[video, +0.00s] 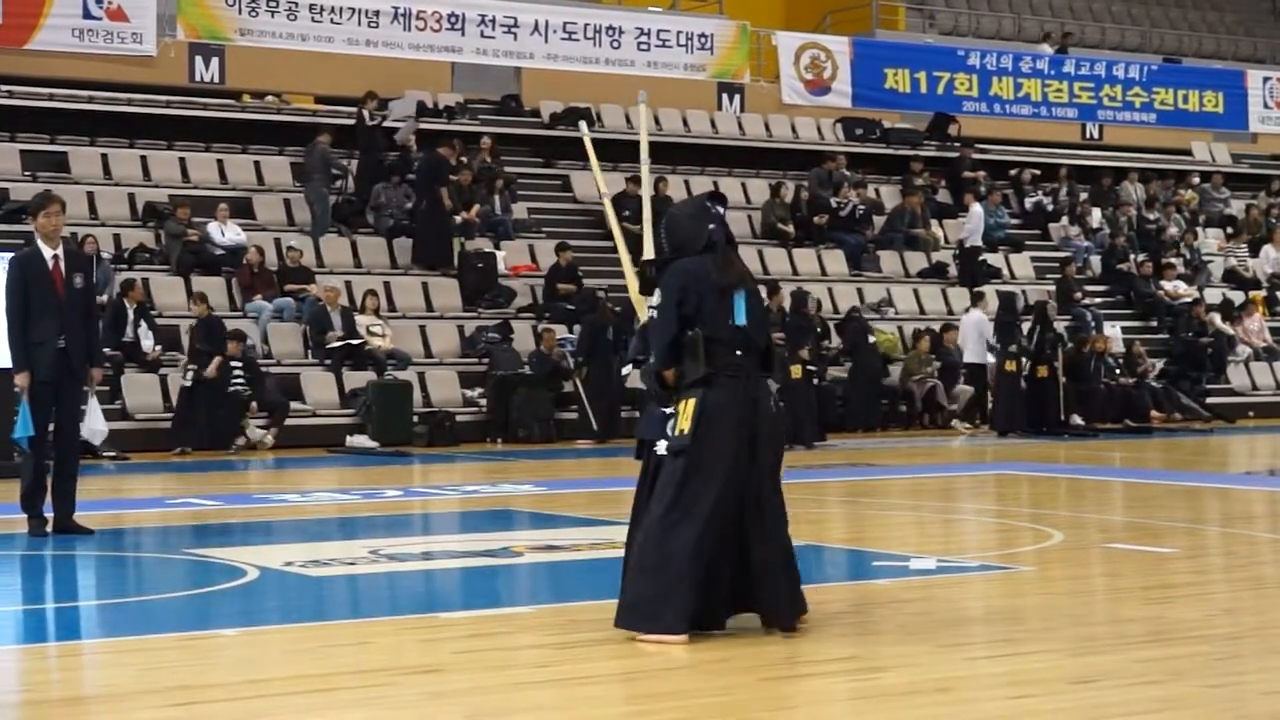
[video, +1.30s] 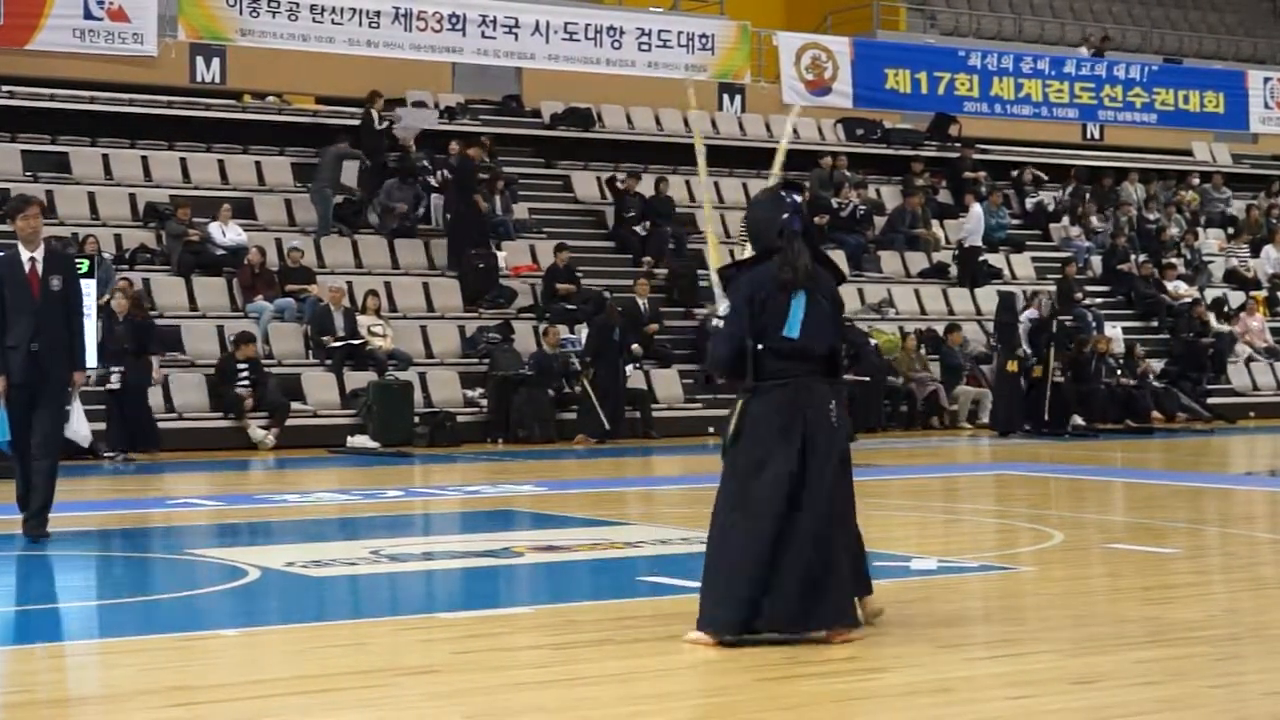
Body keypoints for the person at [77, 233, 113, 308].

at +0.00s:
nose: (91, 246)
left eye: (93, 243)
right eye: (88, 243)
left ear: (97, 245)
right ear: (82, 246)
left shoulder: (103, 263)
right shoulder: (77, 263)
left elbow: (110, 279)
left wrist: (106, 295)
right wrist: (93, 298)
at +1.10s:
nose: (92, 246)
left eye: (94, 243)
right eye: (89, 243)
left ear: (98, 245)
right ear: (83, 246)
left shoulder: (105, 263)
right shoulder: (77, 263)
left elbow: (112, 279)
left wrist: (108, 294)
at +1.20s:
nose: (92, 246)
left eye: (94, 243)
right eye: (89, 243)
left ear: (98, 245)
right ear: (83, 246)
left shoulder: (104, 263)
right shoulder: (77, 263)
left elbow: (111, 279)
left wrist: (108, 294)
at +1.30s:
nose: (92, 246)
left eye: (94, 243)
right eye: (89, 243)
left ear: (98, 245)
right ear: (83, 246)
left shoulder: (105, 263)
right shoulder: (77, 263)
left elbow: (112, 280)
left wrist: (106, 296)